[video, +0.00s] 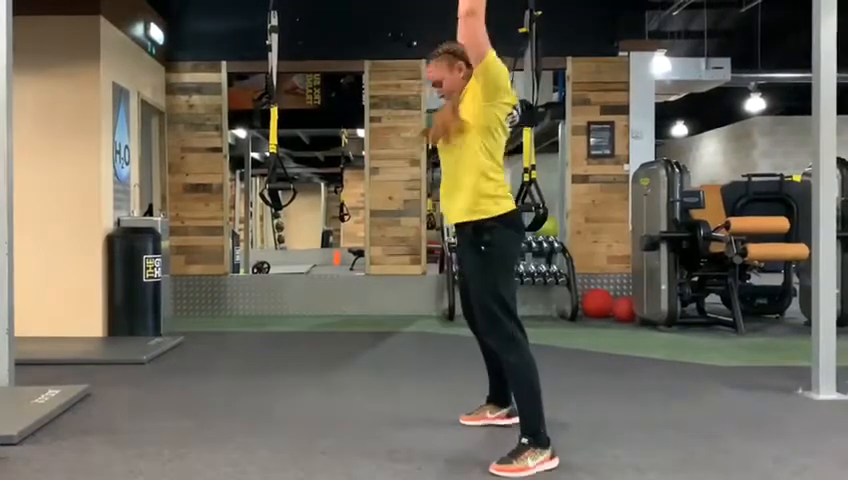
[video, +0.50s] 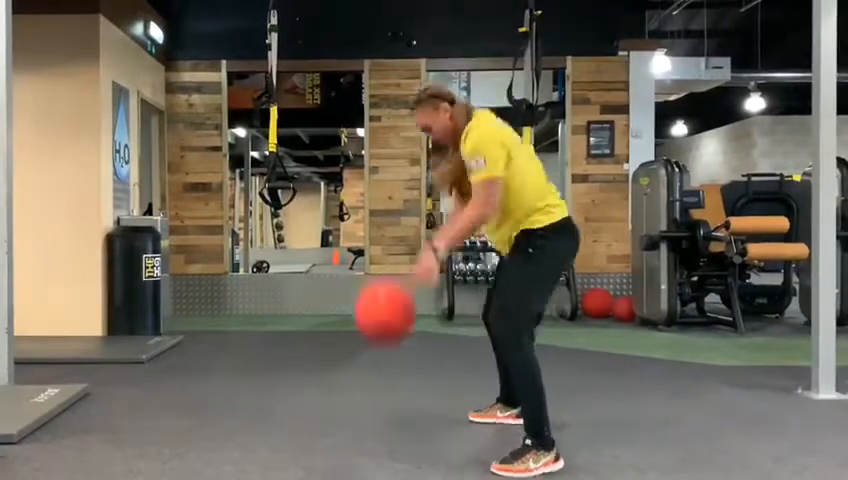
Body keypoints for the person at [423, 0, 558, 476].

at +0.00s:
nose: (437, 89)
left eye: (441, 81)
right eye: (434, 84)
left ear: (462, 68)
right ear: (448, 77)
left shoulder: (490, 85)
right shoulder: (454, 106)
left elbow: (472, 13)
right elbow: (436, 137)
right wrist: (453, 109)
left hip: (491, 224)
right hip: (468, 226)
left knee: (501, 326)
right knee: (478, 317)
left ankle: (538, 443)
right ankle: (501, 402)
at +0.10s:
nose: (427, 89)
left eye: (430, 81)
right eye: (424, 84)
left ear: (452, 68)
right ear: (439, 77)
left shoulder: (481, 83)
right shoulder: (448, 104)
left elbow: (468, 8)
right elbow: (431, 140)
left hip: (490, 223)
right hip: (468, 225)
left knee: (499, 326)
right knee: (478, 319)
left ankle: (535, 440)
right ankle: (499, 400)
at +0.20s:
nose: (434, 94)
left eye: (437, 85)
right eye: (430, 88)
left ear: (457, 70)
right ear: (440, 81)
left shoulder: (488, 88)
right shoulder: (453, 102)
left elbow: (461, 18)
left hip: (494, 225)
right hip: (471, 226)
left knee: (495, 326)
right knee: (475, 319)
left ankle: (536, 442)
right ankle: (500, 401)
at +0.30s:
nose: (444, 77)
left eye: (450, 70)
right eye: (443, 72)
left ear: (475, 64)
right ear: (462, 71)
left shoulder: (502, 85)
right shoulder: (468, 107)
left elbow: (438, 68)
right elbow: (434, 141)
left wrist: (425, 18)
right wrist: (459, 98)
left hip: (504, 226)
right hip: (482, 228)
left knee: (497, 327)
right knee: (478, 321)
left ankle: (537, 444)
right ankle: (500, 403)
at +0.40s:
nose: (442, 107)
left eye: (442, 98)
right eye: (438, 100)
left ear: (461, 81)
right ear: (457, 84)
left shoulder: (496, 95)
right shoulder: (474, 111)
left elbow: (456, 147)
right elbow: (445, 149)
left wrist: (406, 127)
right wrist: (396, 142)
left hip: (531, 221)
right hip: (508, 226)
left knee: (504, 316)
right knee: (489, 310)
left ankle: (535, 439)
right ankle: (503, 399)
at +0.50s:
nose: (430, 138)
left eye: (429, 128)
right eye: (426, 131)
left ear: (447, 111)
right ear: (446, 113)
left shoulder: (482, 134)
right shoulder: (470, 137)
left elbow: (485, 204)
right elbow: (468, 201)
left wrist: (438, 247)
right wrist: (440, 243)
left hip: (548, 235)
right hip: (528, 237)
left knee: (509, 324)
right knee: (495, 317)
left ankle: (541, 445)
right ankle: (512, 403)